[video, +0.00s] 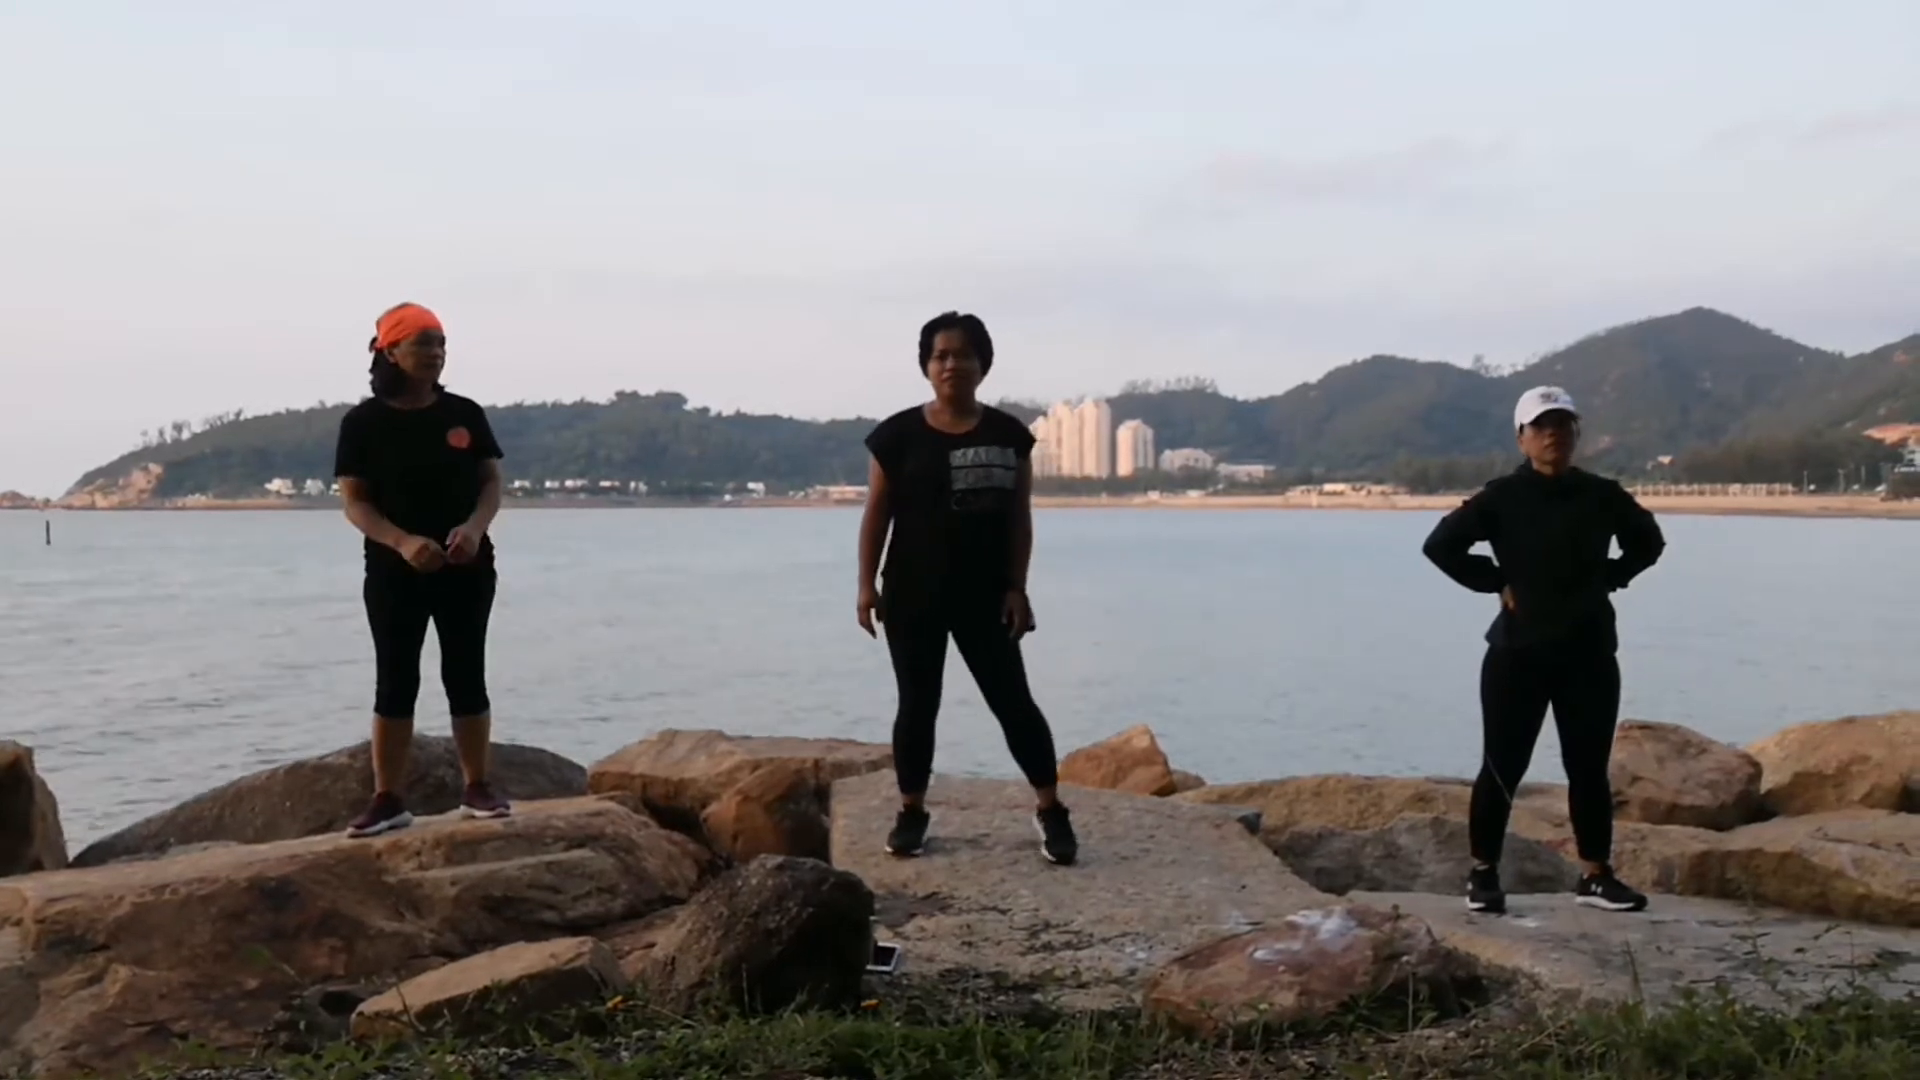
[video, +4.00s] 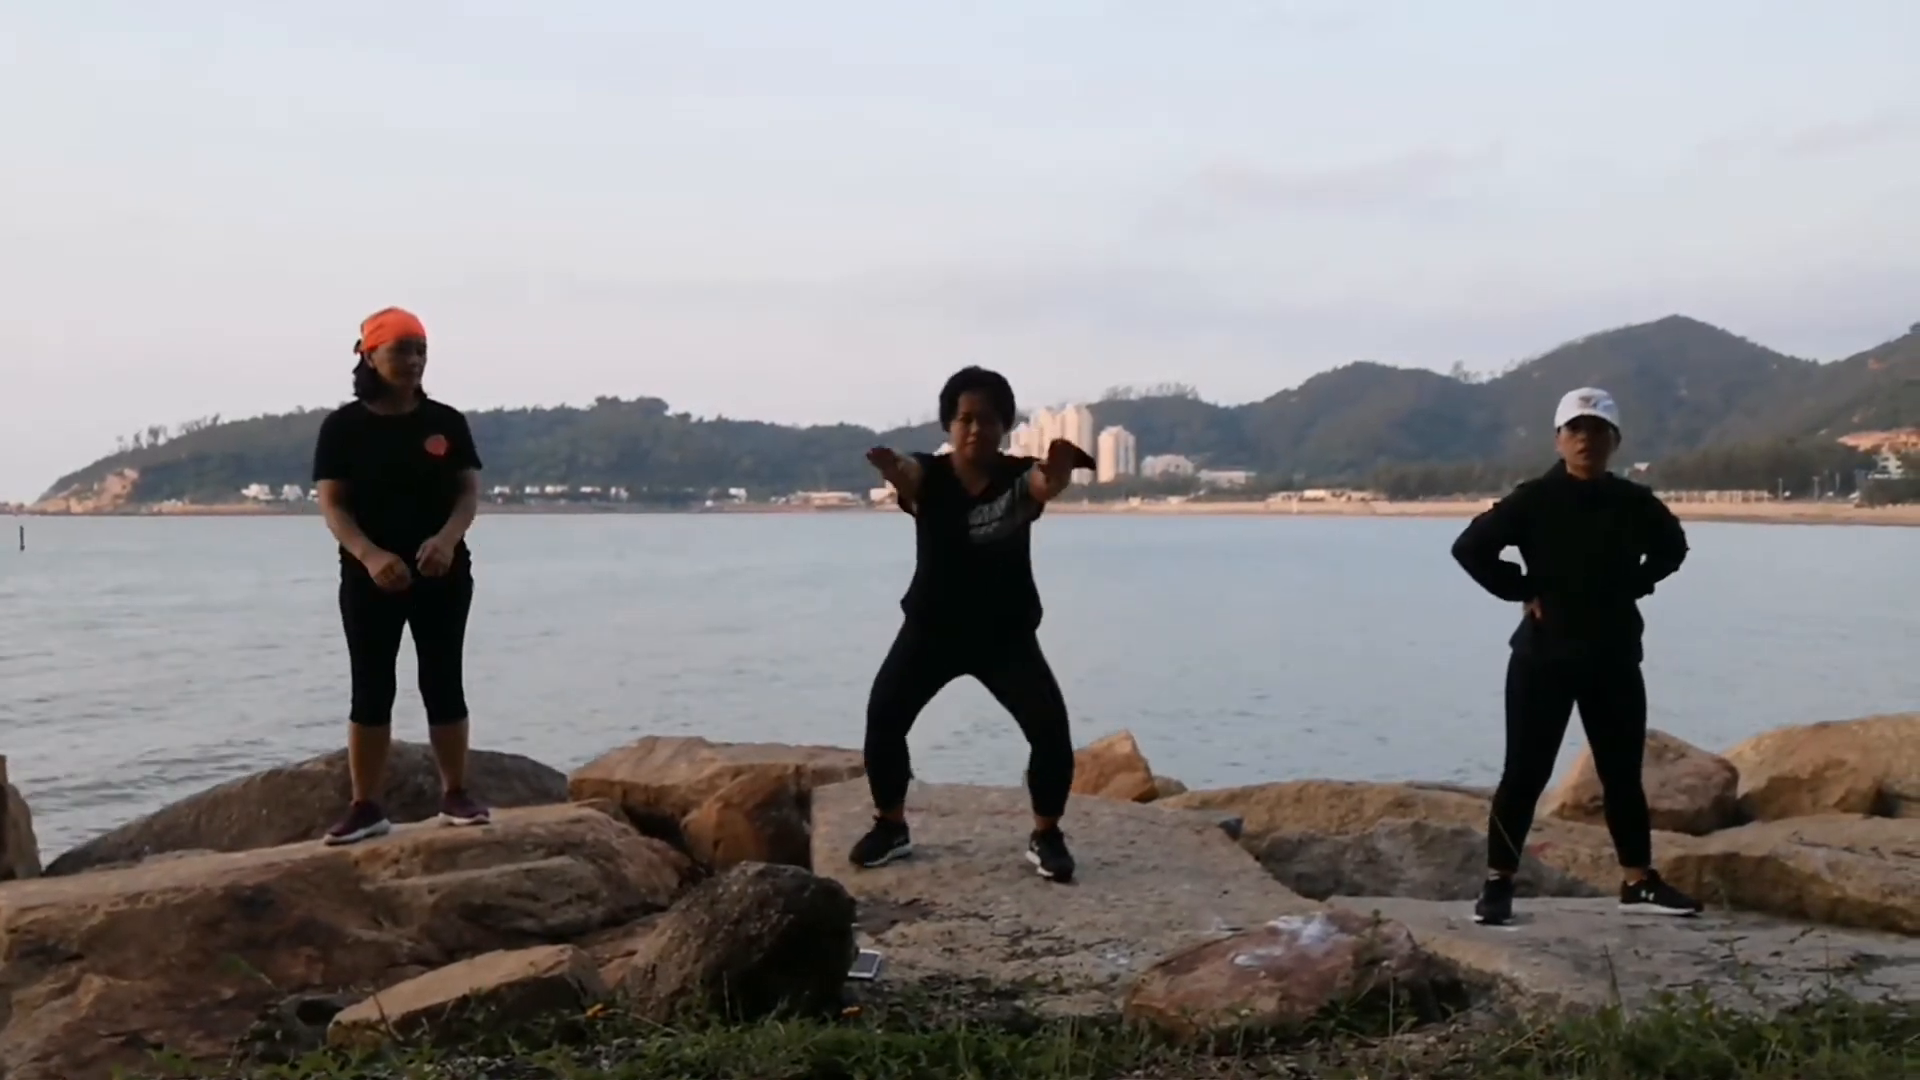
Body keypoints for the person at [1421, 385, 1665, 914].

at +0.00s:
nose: (1555, 437)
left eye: (1563, 427)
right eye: (1543, 428)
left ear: (1576, 434)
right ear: (1522, 437)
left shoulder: (1601, 494)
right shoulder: (1502, 497)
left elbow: (1649, 541)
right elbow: (1439, 547)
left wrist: (1608, 577)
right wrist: (1497, 582)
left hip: (1588, 654)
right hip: (1519, 653)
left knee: (1590, 770)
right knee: (1502, 768)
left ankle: (1597, 875)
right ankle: (1484, 874)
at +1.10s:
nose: (1493, 442)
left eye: (1502, 432)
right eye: (1482, 433)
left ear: (1512, 436)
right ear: (1459, 437)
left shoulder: (1532, 489)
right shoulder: (1437, 502)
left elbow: (1574, 524)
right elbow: (1380, 561)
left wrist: (1542, 565)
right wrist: (1441, 591)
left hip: (1536, 642)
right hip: (1471, 648)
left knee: (1575, 749)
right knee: (1474, 765)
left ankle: (1555, 836)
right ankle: (1476, 873)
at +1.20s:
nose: (1496, 447)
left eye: (1502, 438)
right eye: (1485, 438)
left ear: (1510, 439)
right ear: (1456, 438)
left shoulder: (1528, 488)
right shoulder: (1432, 502)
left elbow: (1572, 525)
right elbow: (1375, 562)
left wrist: (1541, 564)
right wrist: (1437, 591)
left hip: (1534, 639)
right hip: (1470, 647)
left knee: (1577, 746)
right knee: (1473, 765)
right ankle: (1476, 875)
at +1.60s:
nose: (1515, 457)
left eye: (1519, 447)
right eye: (1505, 446)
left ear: (1521, 444)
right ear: (1474, 442)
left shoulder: (1536, 489)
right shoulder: (1447, 501)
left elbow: (1567, 525)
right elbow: (1388, 567)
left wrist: (1536, 570)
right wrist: (1450, 594)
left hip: (1541, 636)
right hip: (1479, 642)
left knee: (1570, 743)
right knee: (1476, 765)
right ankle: (1473, 874)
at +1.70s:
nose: (1532, 461)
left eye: (1536, 451)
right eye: (1523, 451)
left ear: (1540, 446)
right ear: (1491, 444)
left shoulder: (1549, 493)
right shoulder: (1461, 500)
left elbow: (1566, 537)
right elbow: (1403, 568)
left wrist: (1533, 581)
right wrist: (1462, 595)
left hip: (1547, 642)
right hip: (1486, 648)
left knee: (1577, 751)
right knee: (1480, 765)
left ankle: (1590, 853)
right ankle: (1474, 875)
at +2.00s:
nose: (1603, 471)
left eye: (1610, 461)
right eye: (1594, 460)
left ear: (1618, 451)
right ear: (1566, 446)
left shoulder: (1621, 496)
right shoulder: (1527, 498)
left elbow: (1644, 545)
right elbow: (1459, 547)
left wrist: (1605, 581)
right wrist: (1512, 585)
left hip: (1604, 649)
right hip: (1536, 650)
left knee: (1627, 767)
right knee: (1513, 766)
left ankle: (1645, 880)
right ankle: (1478, 875)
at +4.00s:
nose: (1587, 440)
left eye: (1598, 430)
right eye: (1576, 430)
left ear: (1614, 440)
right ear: (1559, 439)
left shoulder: (1634, 501)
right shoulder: (1535, 499)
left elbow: (1673, 546)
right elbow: (1469, 548)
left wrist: (1634, 584)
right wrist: (1519, 589)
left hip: (1613, 657)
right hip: (1544, 657)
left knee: (1623, 775)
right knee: (1525, 772)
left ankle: (1639, 880)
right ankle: (1498, 884)